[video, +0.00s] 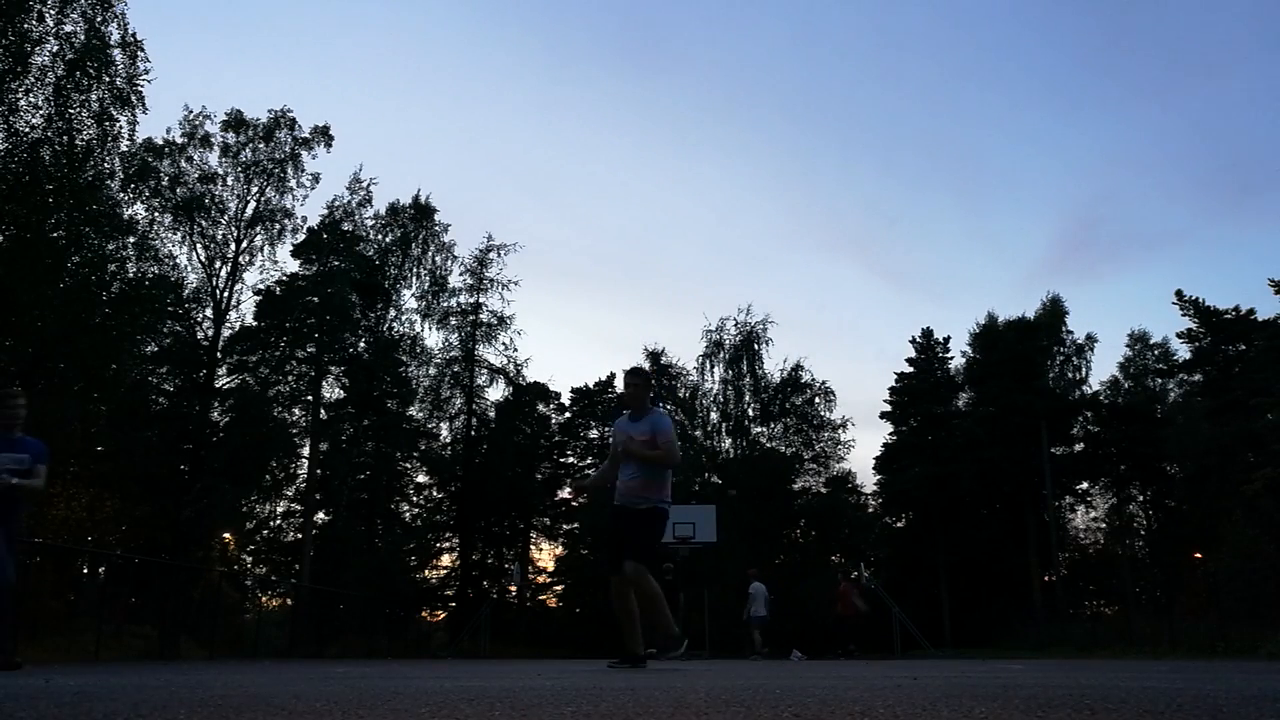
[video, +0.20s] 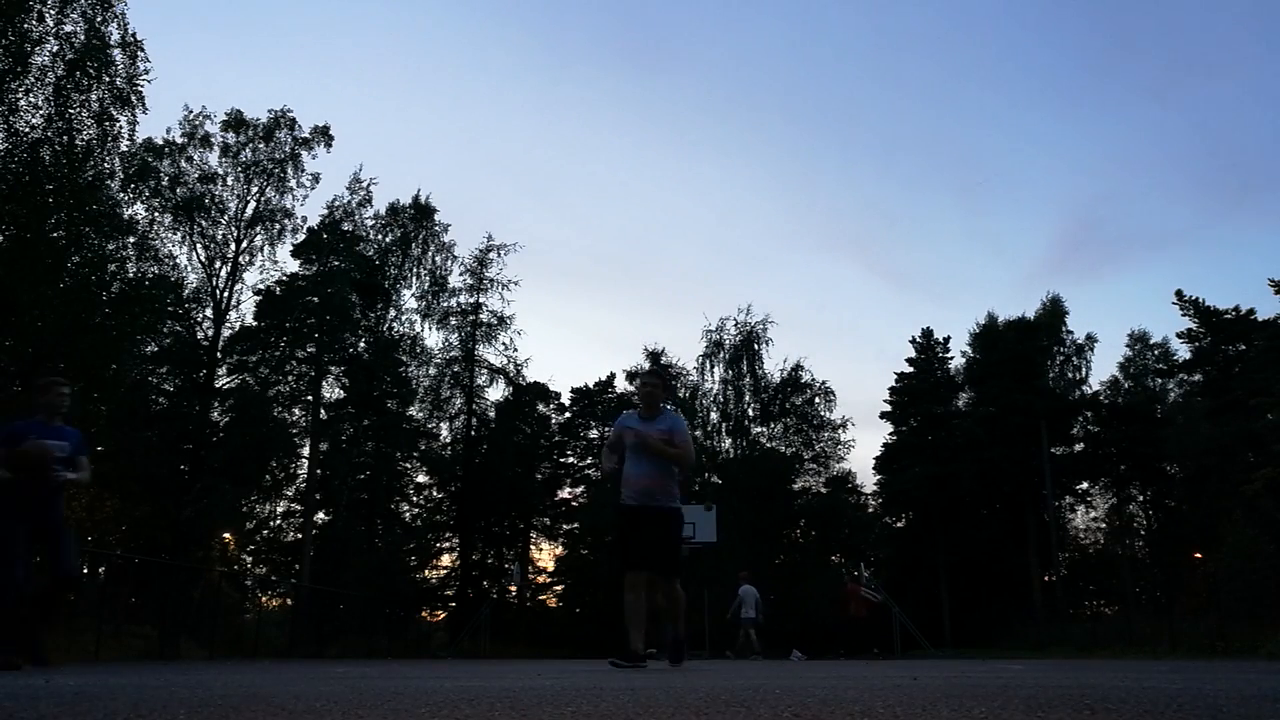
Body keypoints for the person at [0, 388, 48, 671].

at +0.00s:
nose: (16, 413)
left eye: (20, 408)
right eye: (11, 408)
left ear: (25, 412)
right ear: (3, 411)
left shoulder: (33, 448)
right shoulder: (3, 445)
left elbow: (39, 482)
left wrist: (14, 481)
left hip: (17, 524)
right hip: (2, 524)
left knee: (12, 586)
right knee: (6, 585)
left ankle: (9, 651)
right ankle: (5, 651)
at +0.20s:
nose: (64, 400)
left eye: (66, 396)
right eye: (58, 395)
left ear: (68, 400)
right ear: (43, 397)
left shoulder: (72, 436)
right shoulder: (20, 430)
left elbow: (85, 474)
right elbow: (7, 467)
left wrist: (65, 476)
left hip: (55, 513)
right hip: (20, 512)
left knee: (58, 578)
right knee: (18, 580)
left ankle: (46, 646)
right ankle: (14, 648)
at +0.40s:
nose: (109, 408)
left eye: (111, 403)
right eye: (104, 402)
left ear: (111, 408)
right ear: (89, 404)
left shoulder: (112, 445)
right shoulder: (64, 438)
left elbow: (123, 486)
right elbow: (36, 474)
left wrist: (113, 487)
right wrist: (63, 489)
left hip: (94, 521)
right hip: (59, 519)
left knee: (106, 581)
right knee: (36, 582)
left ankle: (126, 649)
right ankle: (13, 650)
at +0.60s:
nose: (158, 407)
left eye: (159, 402)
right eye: (153, 402)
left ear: (157, 408)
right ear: (138, 405)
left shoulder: (157, 444)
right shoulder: (114, 437)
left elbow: (161, 481)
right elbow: (93, 476)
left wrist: (167, 492)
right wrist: (121, 489)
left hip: (148, 522)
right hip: (117, 521)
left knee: (152, 584)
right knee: (107, 585)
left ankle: (144, 651)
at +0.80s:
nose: (200, 397)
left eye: (201, 393)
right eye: (195, 392)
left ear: (198, 398)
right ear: (179, 394)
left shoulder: (197, 434)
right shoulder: (157, 427)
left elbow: (203, 470)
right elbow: (135, 468)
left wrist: (213, 488)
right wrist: (161, 480)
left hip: (184, 511)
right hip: (156, 510)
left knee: (173, 577)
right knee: (167, 576)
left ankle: (159, 649)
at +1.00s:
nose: (239, 405)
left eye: (240, 401)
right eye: (234, 400)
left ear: (235, 406)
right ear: (219, 402)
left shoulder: (232, 441)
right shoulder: (198, 435)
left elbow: (242, 479)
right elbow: (176, 476)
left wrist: (259, 509)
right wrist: (199, 489)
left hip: (215, 521)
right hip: (194, 521)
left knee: (181, 583)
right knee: (224, 581)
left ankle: (148, 648)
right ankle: (240, 651)